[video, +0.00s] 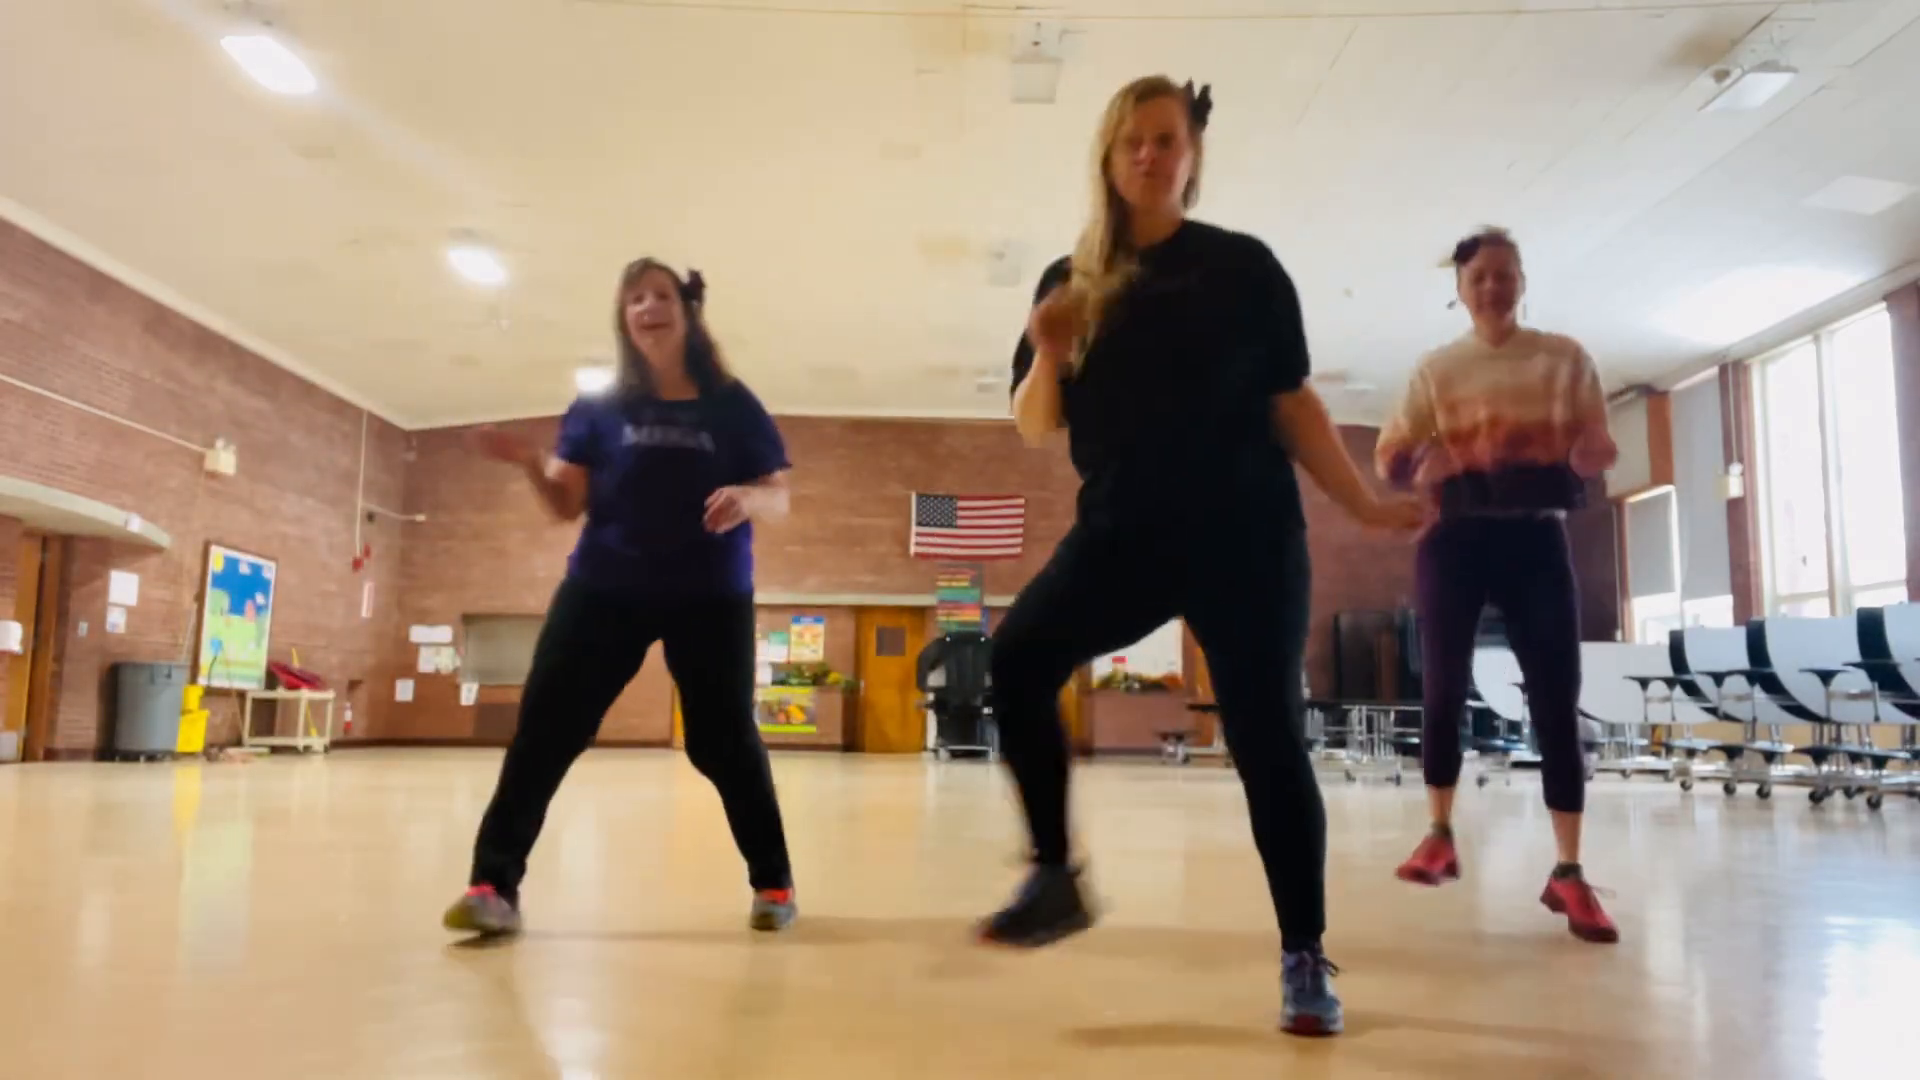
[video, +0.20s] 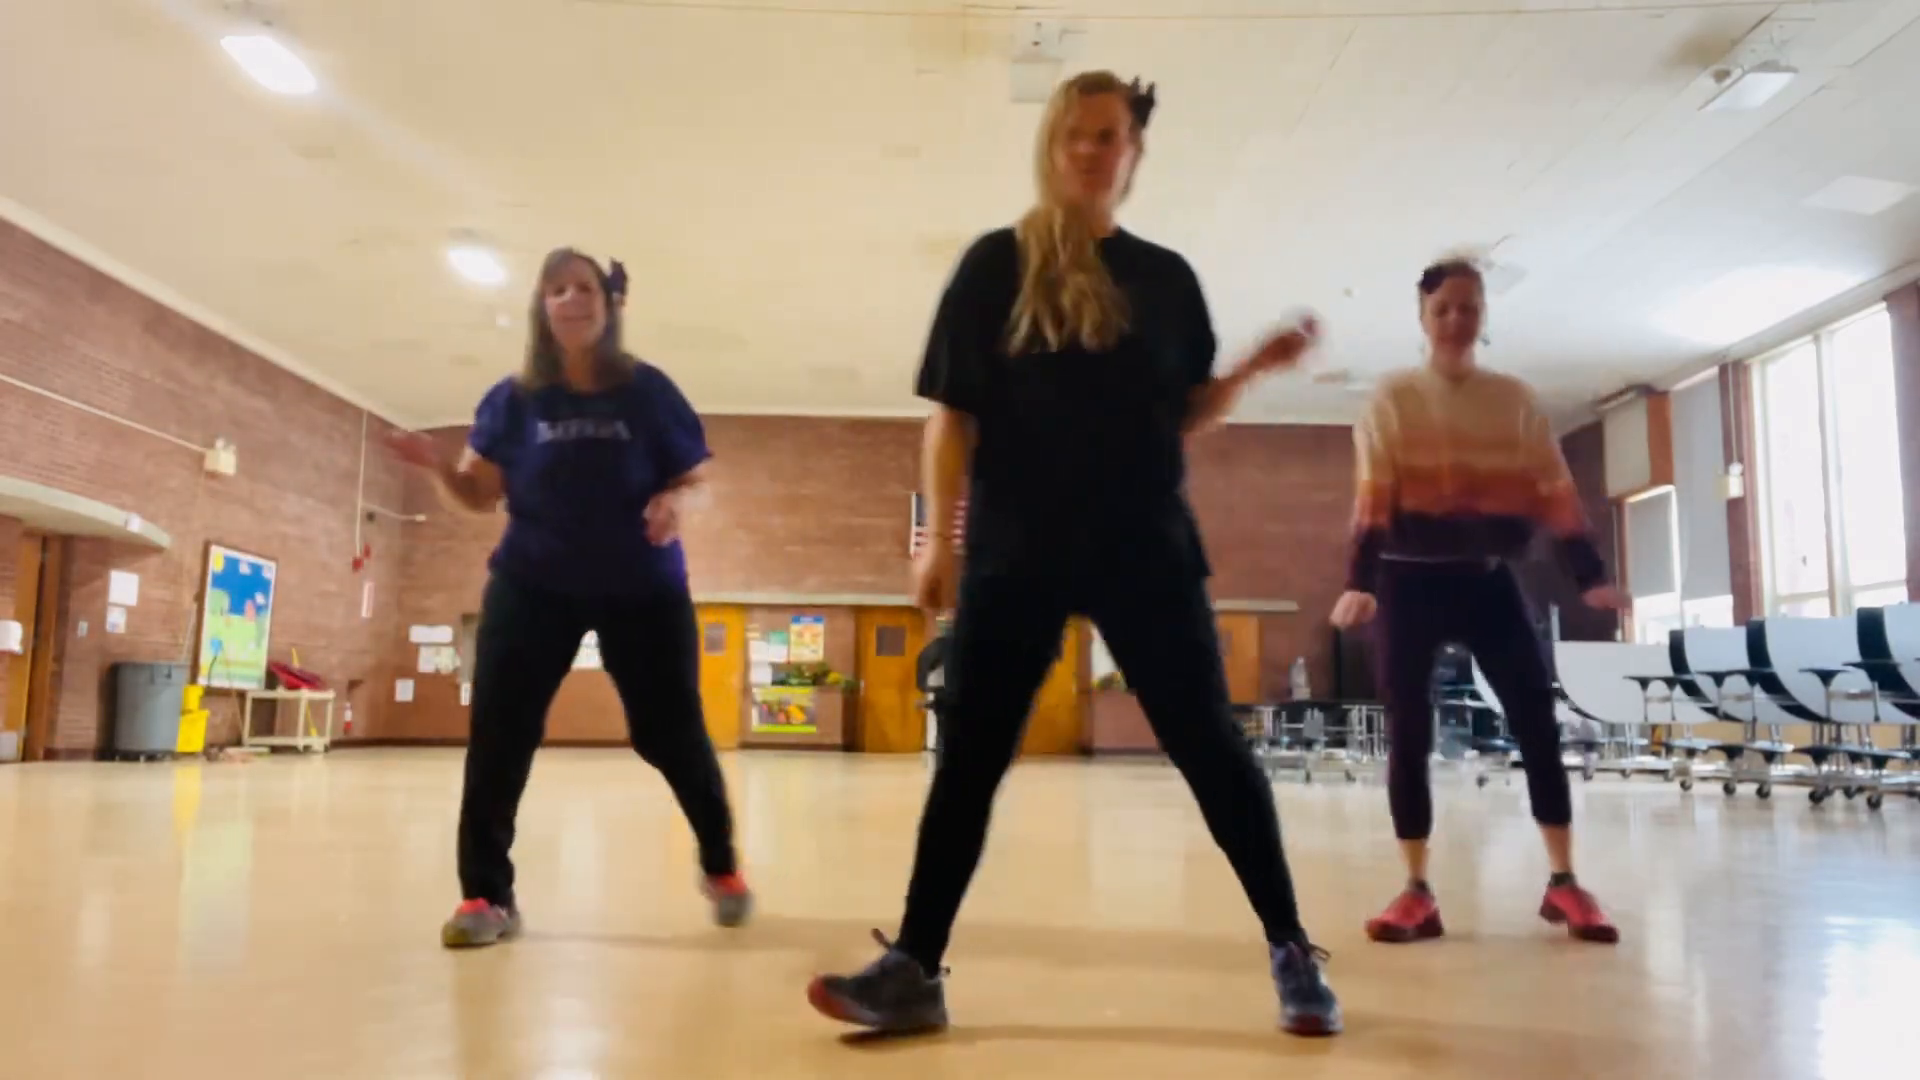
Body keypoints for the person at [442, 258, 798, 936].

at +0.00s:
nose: (647, 307)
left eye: (660, 296)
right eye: (635, 299)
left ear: (689, 311)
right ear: (622, 320)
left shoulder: (730, 403)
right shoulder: (598, 406)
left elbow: (777, 494)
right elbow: (565, 505)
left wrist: (748, 498)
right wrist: (529, 467)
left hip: (707, 593)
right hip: (607, 588)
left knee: (722, 740)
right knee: (546, 728)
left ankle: (772, 883)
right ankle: (494, 887)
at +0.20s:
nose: (571, 302)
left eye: (584, 290)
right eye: (557, 292)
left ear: (609, 304)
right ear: (541, 309)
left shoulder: (649, 392)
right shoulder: (513, 400)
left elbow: (696, 481)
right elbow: (482, 496)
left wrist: (674, 502)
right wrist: (444, 469)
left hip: (640, 584)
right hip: (535, 584)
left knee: (671, 733)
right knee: (498, 737)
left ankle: (721, 866)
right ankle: (486, 897)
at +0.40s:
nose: (525, 290)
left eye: (540, 279)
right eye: (514, 280)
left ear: (567, 299)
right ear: (497, 303)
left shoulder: (608, 385)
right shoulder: (468, 393)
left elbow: (659, 481)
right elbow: (438, 488)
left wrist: (623, 477)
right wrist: (403, 457)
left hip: (590, 589)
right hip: (491, 585)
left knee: (567, 736)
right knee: (478, 740)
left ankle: (540, 838)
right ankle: (484, 895)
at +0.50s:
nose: (516, 296)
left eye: (531, 285)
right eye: (505, 286)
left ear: (558, 304)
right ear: (489, 308)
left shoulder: (596, 391)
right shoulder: (458, 395)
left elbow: (646, 487)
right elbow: (431, 492)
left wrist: (603, 486)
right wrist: (399, 469)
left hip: (566, 595)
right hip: (470, 587)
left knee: (529, 739)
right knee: (466, 737)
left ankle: (500, 878)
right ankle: (478, 896)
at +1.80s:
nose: (426, 290)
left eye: (437, 279)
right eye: (412, 280)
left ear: (460, 292)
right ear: (390, 299)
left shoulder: (504, 383)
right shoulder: (355, 386)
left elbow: (541, 462)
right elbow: (299, 464)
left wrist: (526, 496)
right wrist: (252, 518)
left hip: (487, 577)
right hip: (378, 577)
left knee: (528, 727)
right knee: (342, 734)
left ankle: (570, 875)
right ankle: (319, 889)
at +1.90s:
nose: (468, 300)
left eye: (481, 290)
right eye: (455, 289)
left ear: (502, 305)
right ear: (430, 303)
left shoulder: (535, 392)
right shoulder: (390, 391)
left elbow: (576, 480)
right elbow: (341, 484)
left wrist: (563, 532)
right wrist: (279, 557)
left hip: (509, 589)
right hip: (399, 586)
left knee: (543, 737)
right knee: (352, 737)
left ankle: (593, 880)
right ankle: (320, 889)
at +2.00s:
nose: (516, 314)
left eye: (530, 302)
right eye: (505, 301)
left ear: (553, 314)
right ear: (484, 311)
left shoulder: (572, 403)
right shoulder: (440, 396)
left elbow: (609, 498)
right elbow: (400, 492)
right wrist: (344, 571)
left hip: (543, 594)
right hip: (436, 587)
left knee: (565, 744)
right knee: (375, 731)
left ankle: (608, 892)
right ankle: (321, 886)